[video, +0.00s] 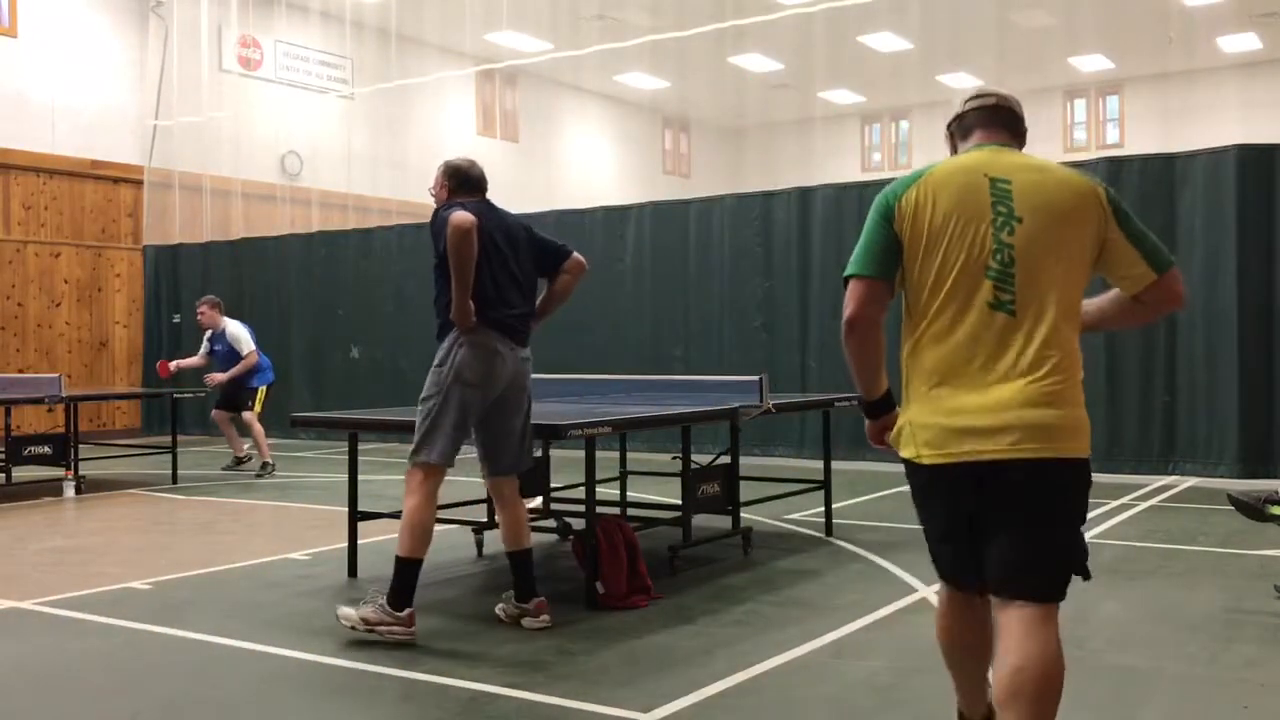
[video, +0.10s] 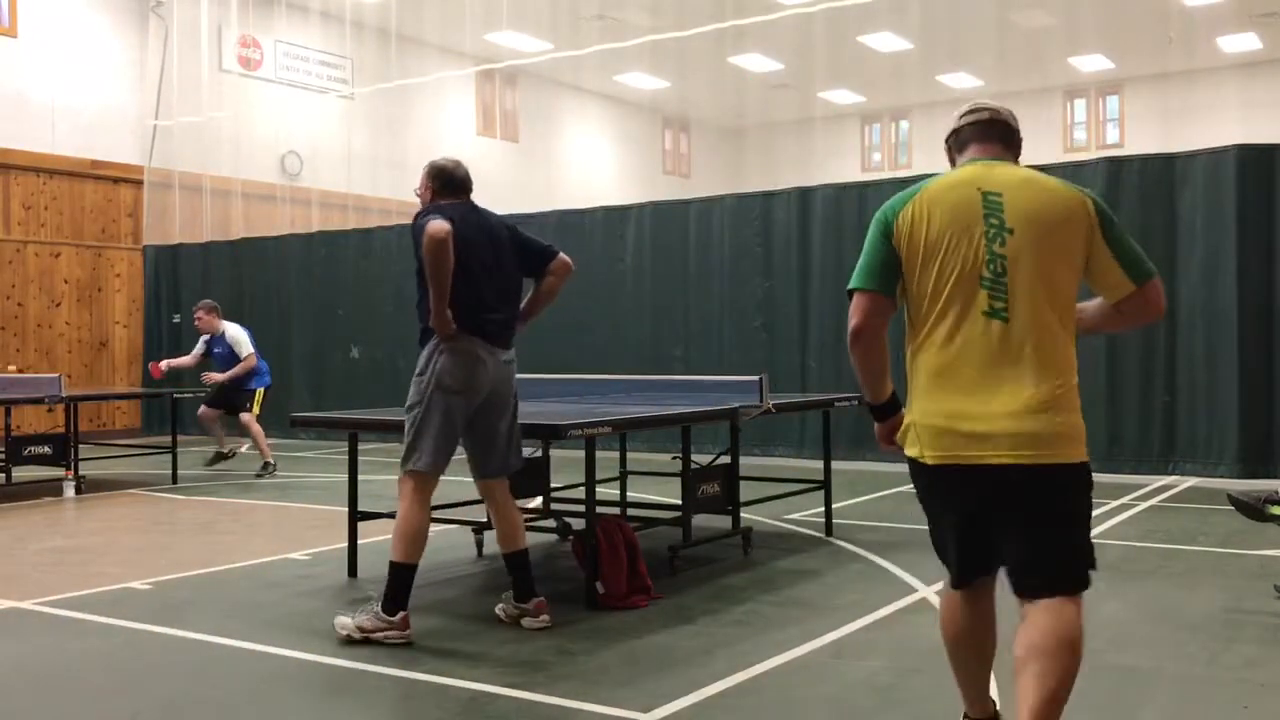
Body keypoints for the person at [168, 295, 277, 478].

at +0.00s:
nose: (198, 318)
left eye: (202, 313)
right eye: (198, 314)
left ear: (215, 312)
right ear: (209, 314)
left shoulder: (235, 329)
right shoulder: (210, 335)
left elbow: (252, 358)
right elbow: (202, 359)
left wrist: (224, 376)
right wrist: (178, 364)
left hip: (257, 376)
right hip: (235, 377)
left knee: (248, 416)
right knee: (219, 415)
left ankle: (267, 461)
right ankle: (240, 455)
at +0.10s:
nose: (196, 324)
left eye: (199, 319)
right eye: (195, 320)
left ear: (213, 316)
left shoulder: (235, 332)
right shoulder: (207, 338)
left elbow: (251, 361)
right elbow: (192, 360)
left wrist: (223, 376)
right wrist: (169, 363)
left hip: (255, 381)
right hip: (232, 381)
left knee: (247, 418)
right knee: (205, 413)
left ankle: (269, 461)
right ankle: (222, 450)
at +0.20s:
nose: (190, 332)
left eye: (192, 327)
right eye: (188, 328)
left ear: (205, 323)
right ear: (200, 325)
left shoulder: (228, 337)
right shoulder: (200, 341)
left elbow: (248, 364)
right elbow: (179, 355)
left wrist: (226, 381)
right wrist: (155, 360)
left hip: (250, 384)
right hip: (227, 385)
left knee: (243, 420)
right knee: (195, 416)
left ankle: (268, 462)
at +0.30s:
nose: (181, 338)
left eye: (184, 334)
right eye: (180, 335)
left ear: (197, 330)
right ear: (191, 332)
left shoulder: (219, 342)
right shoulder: (190, 343)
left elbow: (243, 367)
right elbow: (164, 349)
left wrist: (229, 386)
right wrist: (143, 357)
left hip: (242, 389)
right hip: (219, 389)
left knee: (239, 421)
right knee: (184, 418)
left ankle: (268, 462)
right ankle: (172, 459)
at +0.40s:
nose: (171, 342)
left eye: (174, 338)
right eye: (170, 338)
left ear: (186, 336)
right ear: (175, 337)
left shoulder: (207, 348)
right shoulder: (174, 344)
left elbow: (232, 371)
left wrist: (229, 390)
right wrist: (136, 362)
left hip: (226, 393)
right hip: (202, 394)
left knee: (235, 422)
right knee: (167, 419)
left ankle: (267, 461)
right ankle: (165, 461)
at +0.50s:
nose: (163, 344)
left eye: (166, 341)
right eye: (162, 341)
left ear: (179, 340)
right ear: (168, 341)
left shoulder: (199, 351)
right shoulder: (165, 349)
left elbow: (225, 374)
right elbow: (134, 350)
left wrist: (229, 393)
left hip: (216, 398)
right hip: (190, 400)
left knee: (230, 423)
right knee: (161, 418)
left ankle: (264, 461)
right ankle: (164, 461)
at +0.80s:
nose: (167, 332)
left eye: (170, 327)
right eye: (167, 328)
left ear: (183, 327)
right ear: (177, 328)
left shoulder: (205, 344)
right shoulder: (175, 348)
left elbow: (231, 368)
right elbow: (157, 362)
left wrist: (235, 397)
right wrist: (133, 354)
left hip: (218, 401)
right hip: (194, 401)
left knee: (235, 425)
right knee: (166, 415)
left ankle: (268, 461)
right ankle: (164, 461)